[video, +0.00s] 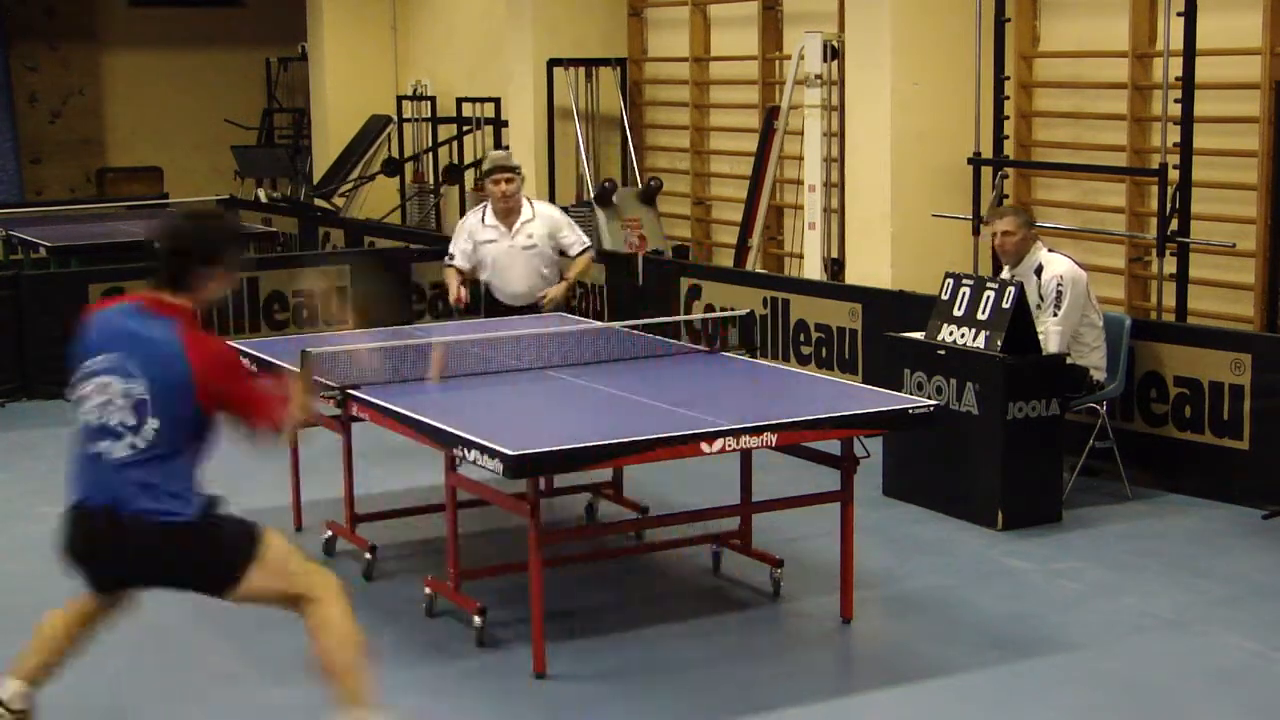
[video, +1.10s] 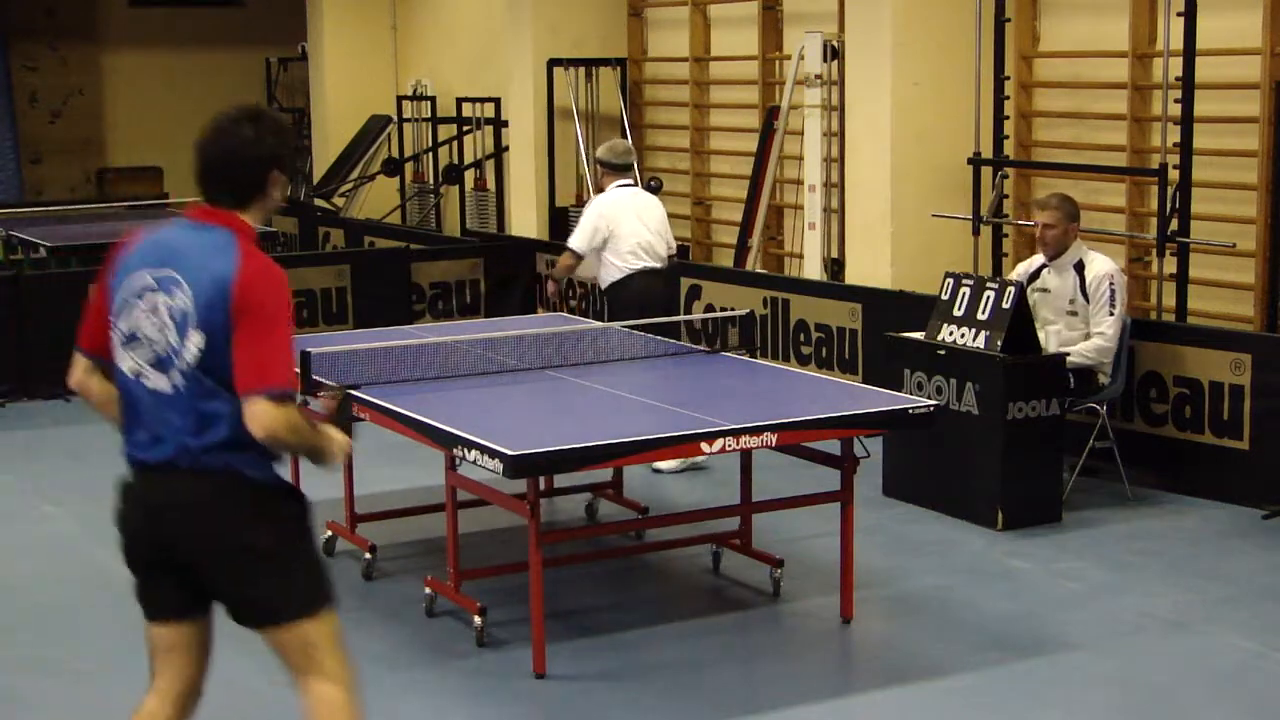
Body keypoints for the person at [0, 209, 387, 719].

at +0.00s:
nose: (230, 283)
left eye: (232, 271)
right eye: (228, 271)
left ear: (167, 262)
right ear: (207, 274)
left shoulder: (97, 320)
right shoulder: (197, 349)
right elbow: (278, 415)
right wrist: (299, 393)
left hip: (90, 530)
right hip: (169, 534)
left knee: (108, 596)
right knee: (318, 588)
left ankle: (14, 693)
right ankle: (361, 710)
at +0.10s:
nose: (131, 290)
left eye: (129, 277)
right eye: (124, 277)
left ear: (58, 279)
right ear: (101, 282)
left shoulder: (16, 358)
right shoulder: (109, 344)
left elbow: (99, 416)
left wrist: (187, 388)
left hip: (49, 557)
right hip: (135, 552)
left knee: (7, 604)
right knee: (273, 596)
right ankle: (215, 699)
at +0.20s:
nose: (26, 308)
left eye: (17, 300)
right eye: (26, 300)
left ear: (14, 311)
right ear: (22, 308)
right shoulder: (68, 360)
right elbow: (73, 451)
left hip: (13, 568)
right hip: (94, 556)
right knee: (210, 622)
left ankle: (189, 705)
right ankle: (189, 704)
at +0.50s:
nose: (79, 230)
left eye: (72, 221)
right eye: (78, 223)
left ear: (6, 231)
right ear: (71, 234)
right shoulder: (100, 308)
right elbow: (168, 421)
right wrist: (124, 383)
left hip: (4, 505)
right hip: (56, 510)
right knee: (182, 604)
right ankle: (176, 716)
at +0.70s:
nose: (135, 255)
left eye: (133, 244)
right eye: (135, 245)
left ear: (55, 242)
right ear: (123, 254)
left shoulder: (4, 311)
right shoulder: (118, 335)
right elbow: (187, 458)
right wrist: (214, 400)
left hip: (1, 541)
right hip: (75, 546)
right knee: (190, 696)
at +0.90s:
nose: (211, 192)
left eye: (209, 179)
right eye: (212, 180)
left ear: (130, 174)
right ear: (199, 189)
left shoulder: (68, 260)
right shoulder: (193, 267)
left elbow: (22, 373)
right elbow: (248, 400)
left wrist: (96, 362)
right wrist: (270, 368)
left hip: (76, 501)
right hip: (166, 506)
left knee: (66, 660)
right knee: (217, 682)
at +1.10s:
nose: (286, 187)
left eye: (286, 173)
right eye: (285, 175)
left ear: (206, 171)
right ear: (271, 183)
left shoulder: (132, 249)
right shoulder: (254, 271)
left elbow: (85, 375)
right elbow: (267, 418)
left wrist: (155, 422)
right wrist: (323, 440)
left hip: (152, 502)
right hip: (241, 505)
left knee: (172, 684)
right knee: (323, 677)